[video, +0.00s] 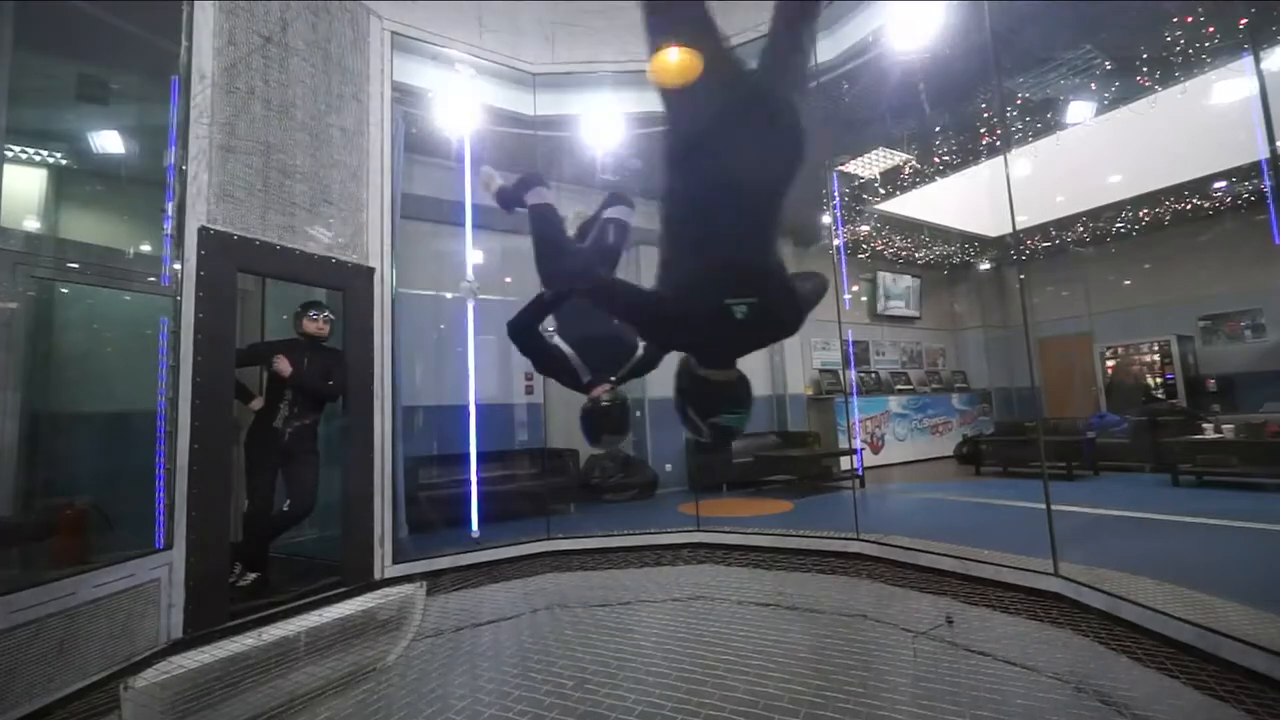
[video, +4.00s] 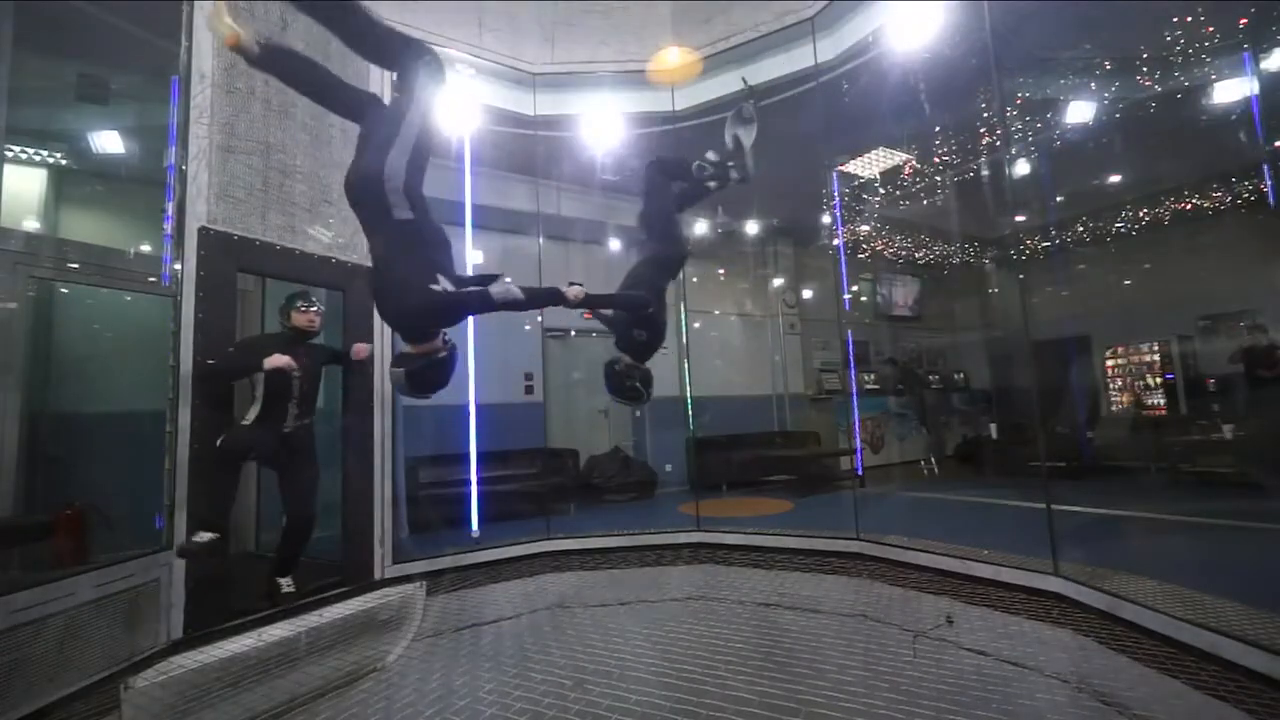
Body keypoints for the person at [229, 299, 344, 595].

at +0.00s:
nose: (321, 324)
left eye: (326, 320)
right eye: (313, 318)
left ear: (331, 325)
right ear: (300, 323)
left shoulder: (334, 357)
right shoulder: (279, 348)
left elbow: (333, 392)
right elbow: (224, 361)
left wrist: (292, 374)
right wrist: (250, 398)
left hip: (302, 440)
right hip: (264, 436)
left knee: (302, 505)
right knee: (260, 504)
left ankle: (242, 552)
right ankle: (255, 569)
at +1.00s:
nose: (319, 324)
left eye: (325, 320)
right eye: (312, 319)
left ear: (330, 326)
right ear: (299, 323)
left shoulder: (334, 358)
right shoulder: (278, 348)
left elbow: (333, 392)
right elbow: (224, 361)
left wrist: (291, 375)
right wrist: (249, 398)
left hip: (302, 441)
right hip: (264, 436)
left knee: (302, 504)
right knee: (260, 504)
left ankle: (242, 553)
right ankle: (254, 569)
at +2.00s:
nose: (325, 314)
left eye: (328, 311)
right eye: (318, 309)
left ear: (331, 318)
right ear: (301, 313)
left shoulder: (331, 353)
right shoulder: (271, 344)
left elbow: (341, 394)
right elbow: (249, 382)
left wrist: (324, 368)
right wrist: (287, 364)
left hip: (314, 438)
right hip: (277, 436)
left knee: (298, 501)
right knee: (270, 499)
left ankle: (286, 571)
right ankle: (267, 564)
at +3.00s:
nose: (338, 316)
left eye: (344, 313)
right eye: (333, 310)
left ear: (348, 321)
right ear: (317, 311)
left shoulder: (342, 348)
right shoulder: (289, 336)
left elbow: (350, 395)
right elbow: (247, 355)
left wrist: (360, 361)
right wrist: (298, 350)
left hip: (318, 437)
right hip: (282, 435)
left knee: (303, 504)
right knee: (281, 502)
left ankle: (286, 572)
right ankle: (258, 571)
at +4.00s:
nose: (314, 315)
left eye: (318, 310)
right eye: (306, 310)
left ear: (321, 318)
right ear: (288, 315)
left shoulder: (318, 352)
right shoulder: (262, 345)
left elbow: (340, 357)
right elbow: (218, 371)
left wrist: (357, 355)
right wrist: (262, 363)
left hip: (298, 440)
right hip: (259, 434)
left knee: (303, 516)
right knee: (226, 452)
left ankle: (282, 575)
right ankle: (211, 529)